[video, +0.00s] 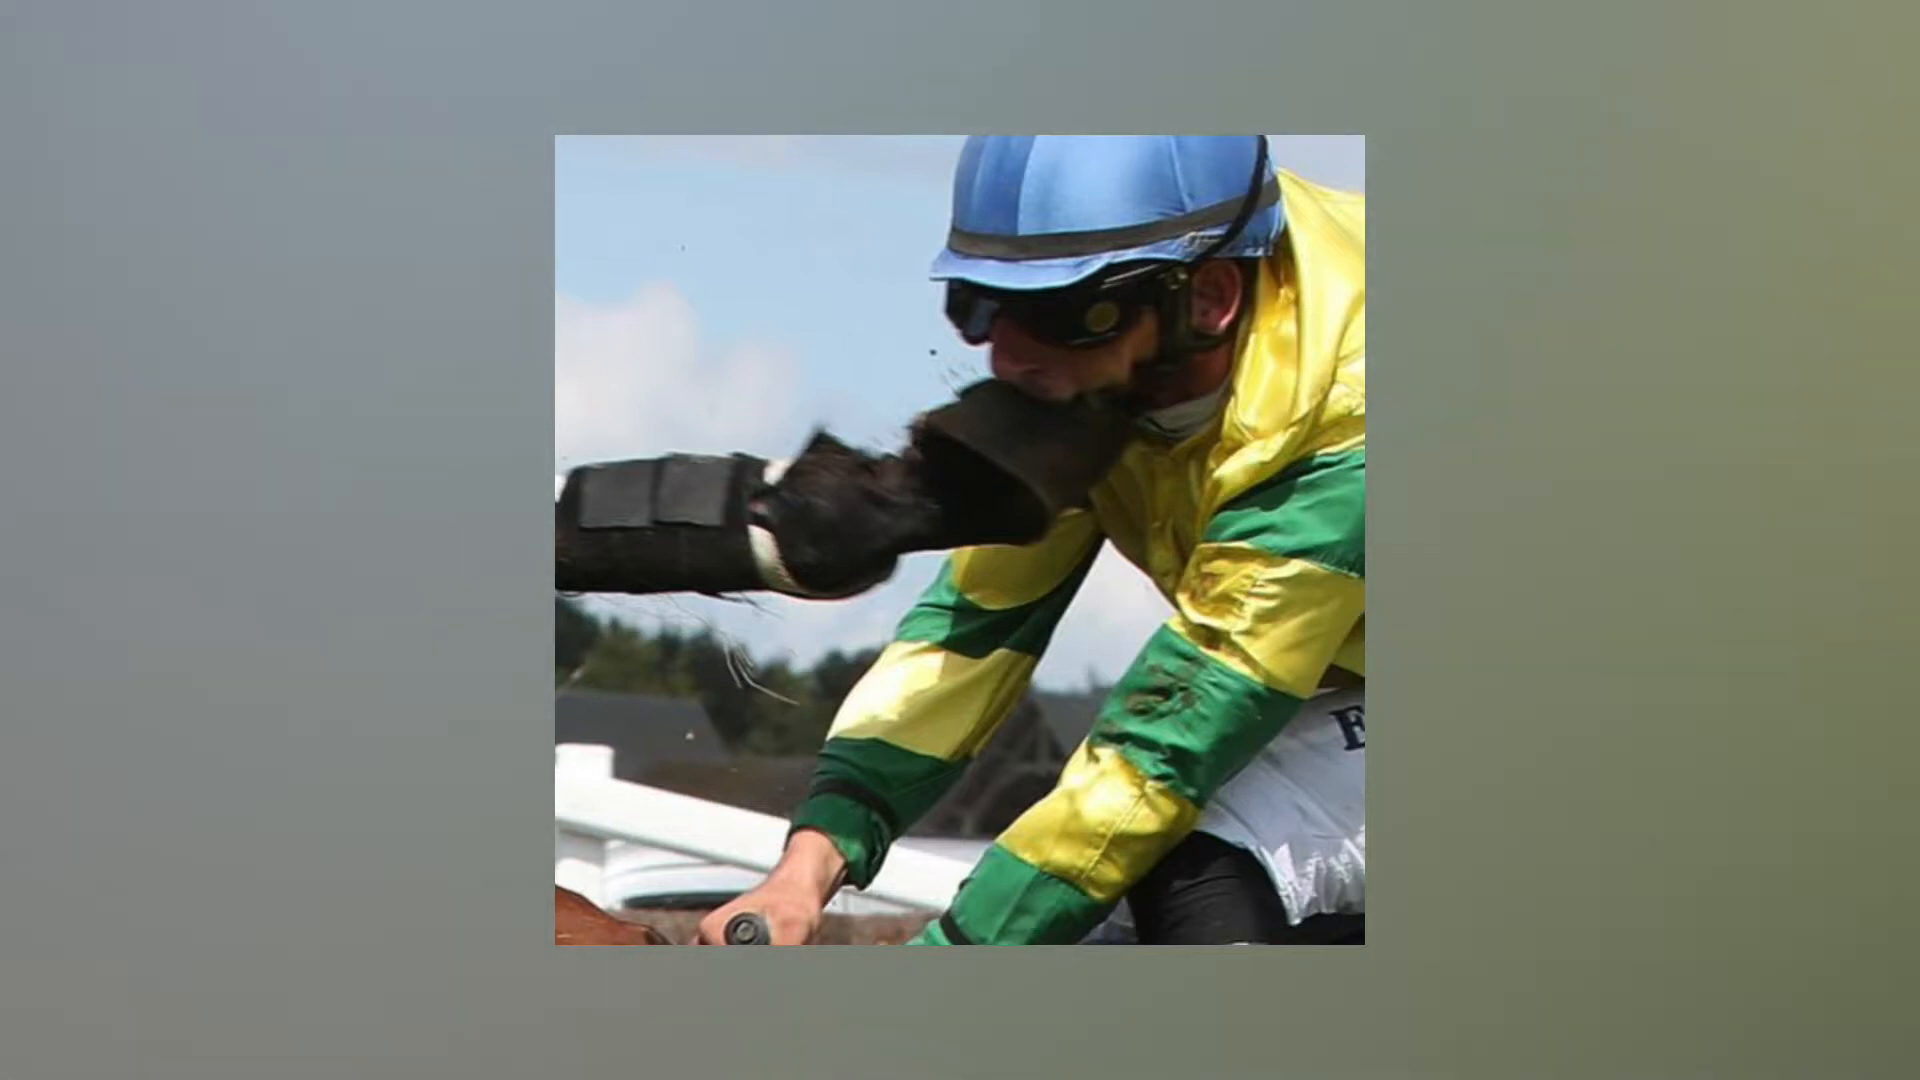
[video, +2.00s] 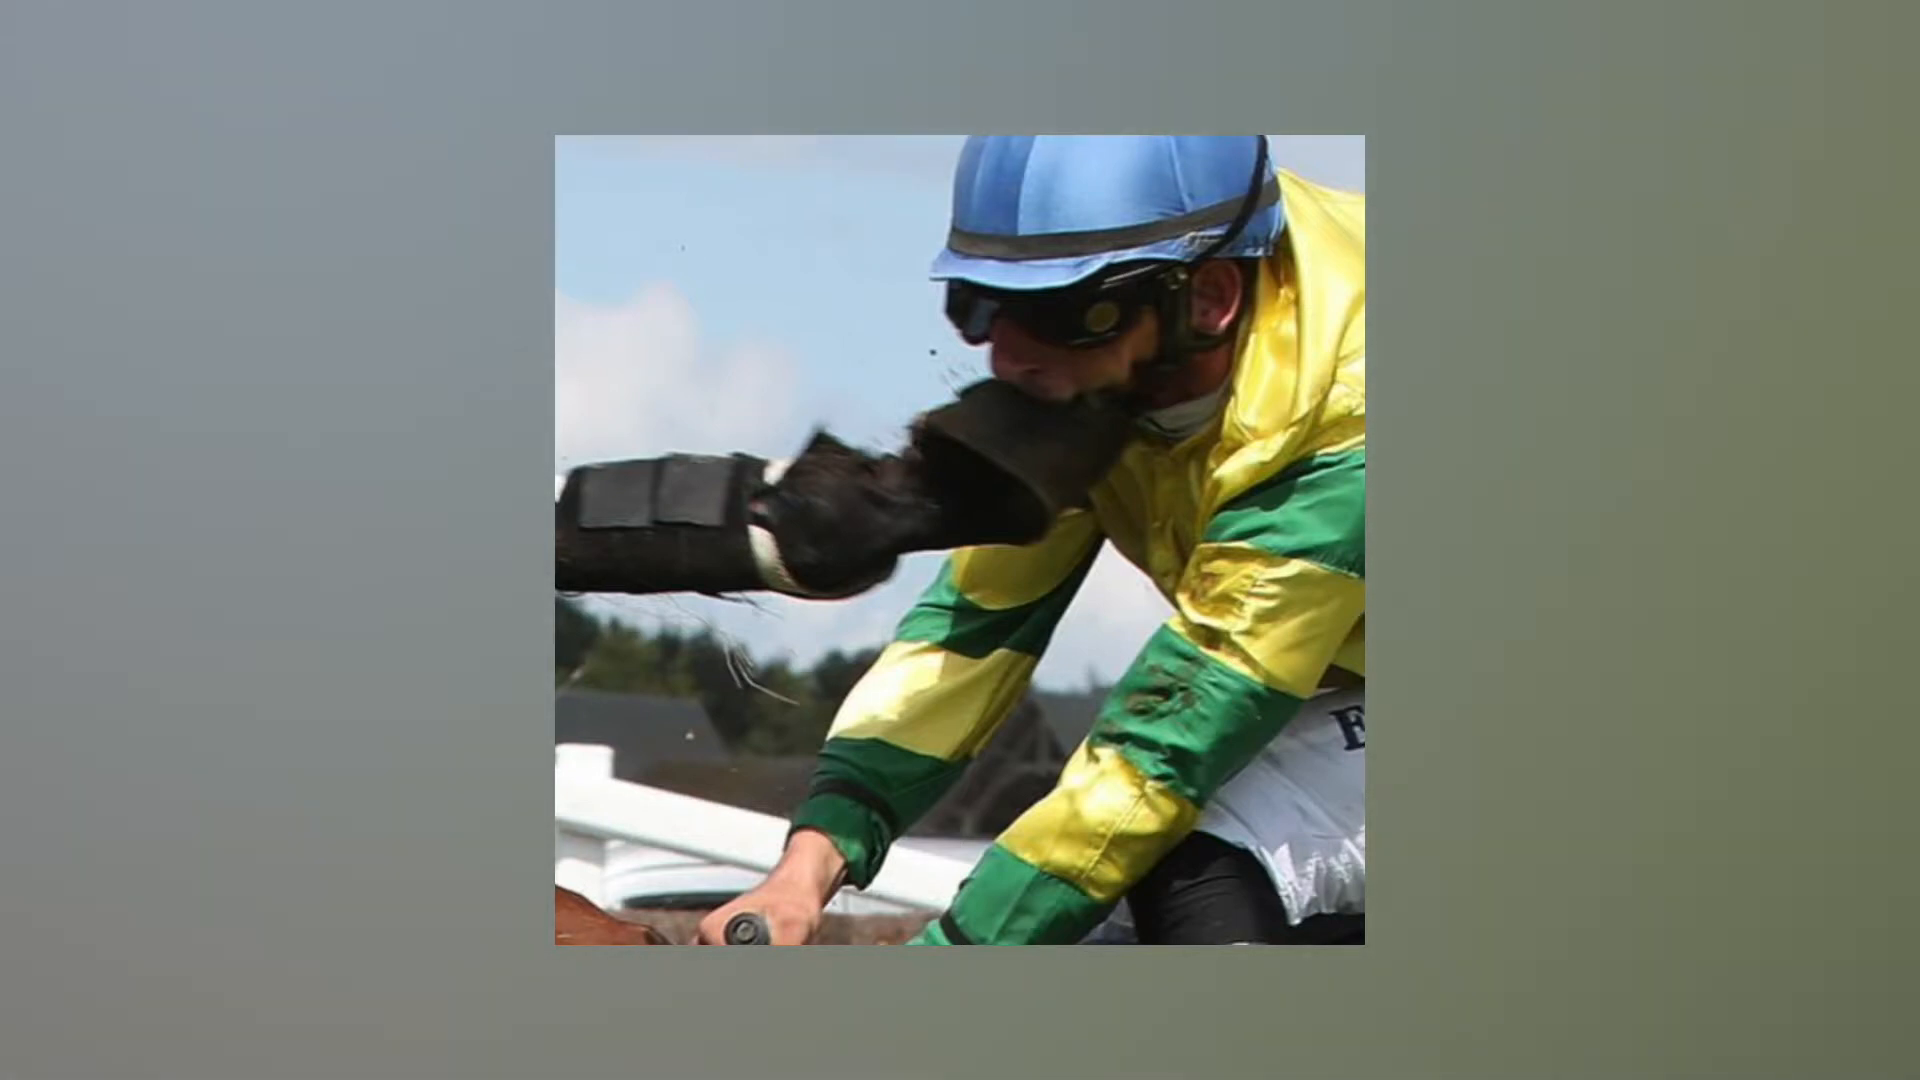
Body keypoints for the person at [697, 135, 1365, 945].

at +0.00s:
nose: (1005, 358)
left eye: (1055, 318)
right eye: (987, 309)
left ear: (1209, 299)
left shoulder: (1341, 429)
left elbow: (1159, 752)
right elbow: (969, 623)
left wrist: (932, 964)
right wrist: (804, 873)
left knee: (1204, 863)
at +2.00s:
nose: (1005, 359)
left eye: (1055, 319)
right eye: (988, 309)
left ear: (1209, 299)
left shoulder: (1341, 428)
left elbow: (1160, 752)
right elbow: (969, 623)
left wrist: (931, 967)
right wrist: (804, 872)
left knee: (1203, 861)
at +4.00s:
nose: (1005, 359)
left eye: (1056, 319)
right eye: (989, 309)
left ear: (1210, 298)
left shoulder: (1341, 429)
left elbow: (1161, 751)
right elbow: (969, 623)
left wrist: (934, 963)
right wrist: (804, 872)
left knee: (1204, 863)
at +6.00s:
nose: (1005, 359)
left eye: (1056, 319)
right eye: (989, 310)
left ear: (1210, 298)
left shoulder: (1341, 429)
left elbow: (1161, 751)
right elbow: (969, 623)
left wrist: (933, 965)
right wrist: (805, 871)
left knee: (1204, 864)